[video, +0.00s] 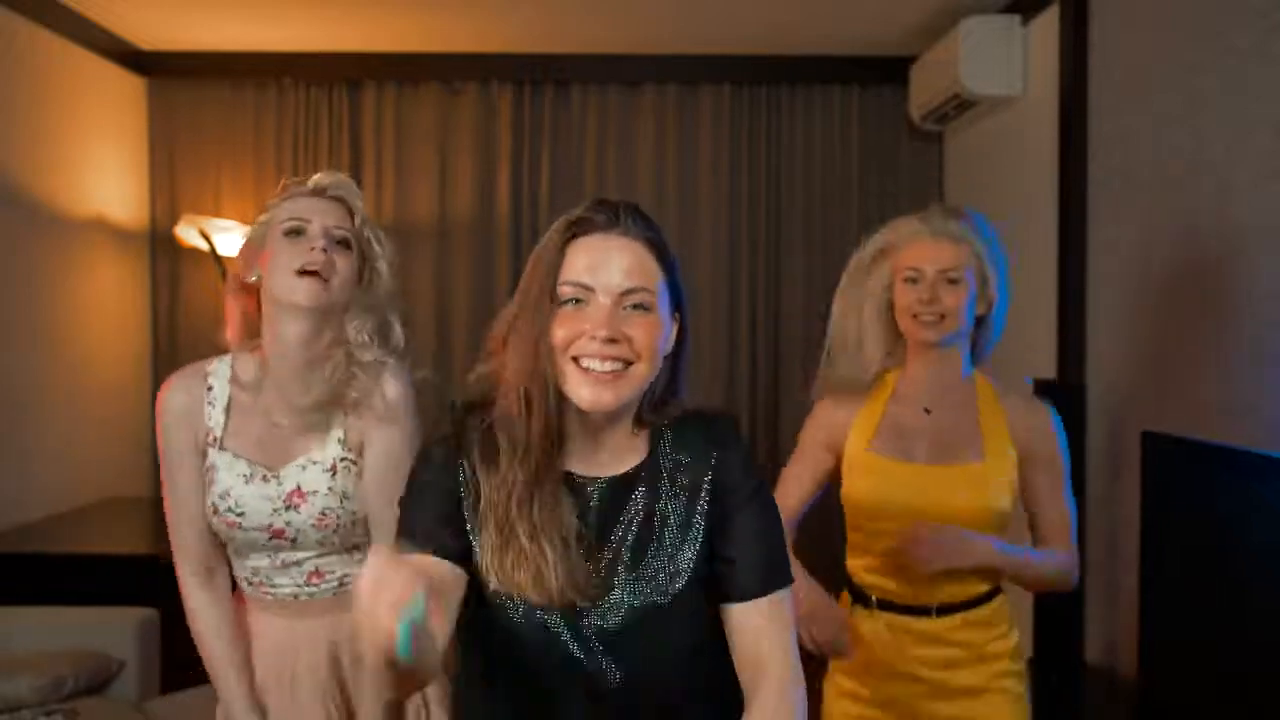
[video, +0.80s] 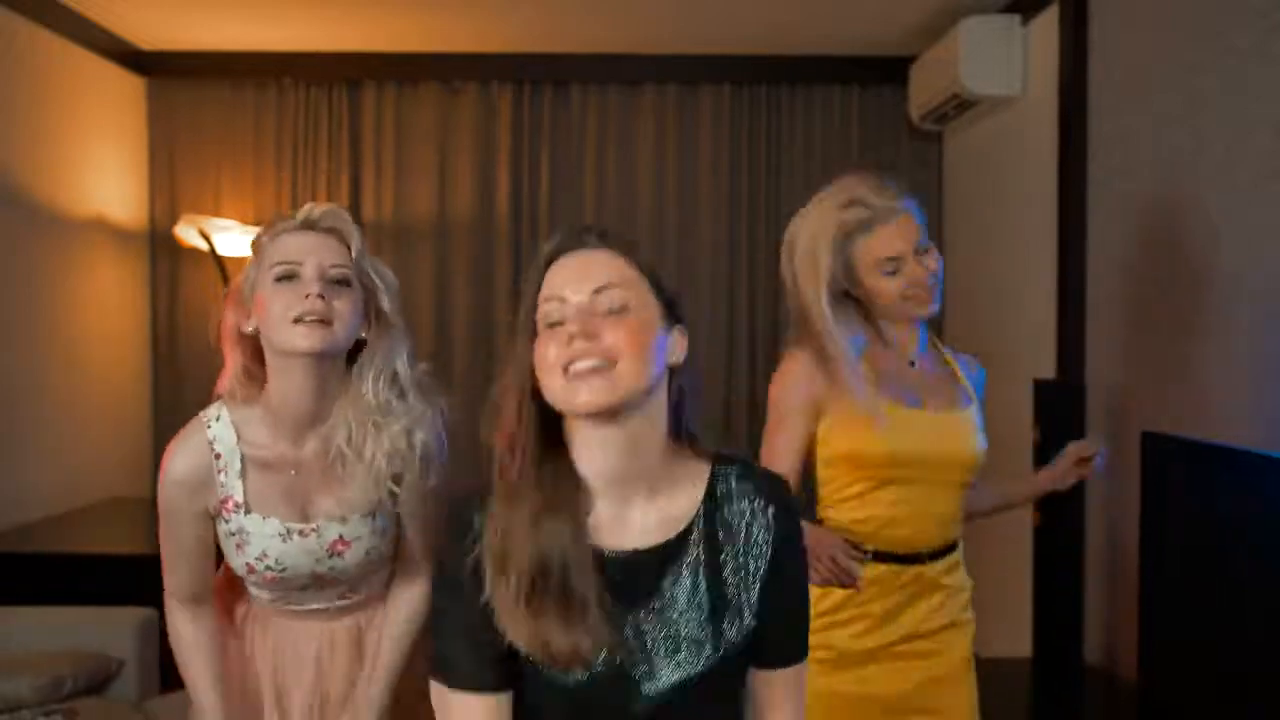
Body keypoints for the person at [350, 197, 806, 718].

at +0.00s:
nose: (603, 330)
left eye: (636, 304)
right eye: (574, 300)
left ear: (671, 331)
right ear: (534, 320)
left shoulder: (712, 459)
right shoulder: (463, 461)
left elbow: (773, 687)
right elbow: (410, 667)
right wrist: (391, 609)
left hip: (675, 707)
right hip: (513, 708)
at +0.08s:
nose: (610, 344)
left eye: (641, 317)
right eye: (579, 314)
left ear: (679, 344)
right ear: (537, 337)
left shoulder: (724, 491)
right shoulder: (467, 474)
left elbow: (775, 694)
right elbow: (387, 658)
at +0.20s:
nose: (607, 400)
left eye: (639, 371)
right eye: (575, 375)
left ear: (689, 384)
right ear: (541, 395)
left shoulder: (748, 569)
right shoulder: (473, 561)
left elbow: (769, 713)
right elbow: (399, 712)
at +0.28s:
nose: (600, 411)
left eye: (633, 383)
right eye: (572, 388)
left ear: (691, 396)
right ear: (549, 411)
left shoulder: (760, 575)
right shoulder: (487, 580)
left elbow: (794, 710)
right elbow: (429, 711)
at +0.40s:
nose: (573, 361)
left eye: (608, 330)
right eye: (548, 340)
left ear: (681, 350)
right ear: (529, 369)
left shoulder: (771, 501)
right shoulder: (486, 519)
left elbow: (864, 617)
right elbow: (423, 654)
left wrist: (891, 712)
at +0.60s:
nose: (547, 373)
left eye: (588, 345)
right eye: (531, 351)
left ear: (661, 370)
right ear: (513, 375)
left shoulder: (760, 535)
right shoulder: (475, 558)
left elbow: (857, 701)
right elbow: (396, 708)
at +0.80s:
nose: (576, 333)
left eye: (610, 307)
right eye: (553, 320)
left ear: (674, 344)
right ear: (533, 361)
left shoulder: (757, 516)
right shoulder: (485, 541)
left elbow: (778, 707)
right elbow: (467, 709)